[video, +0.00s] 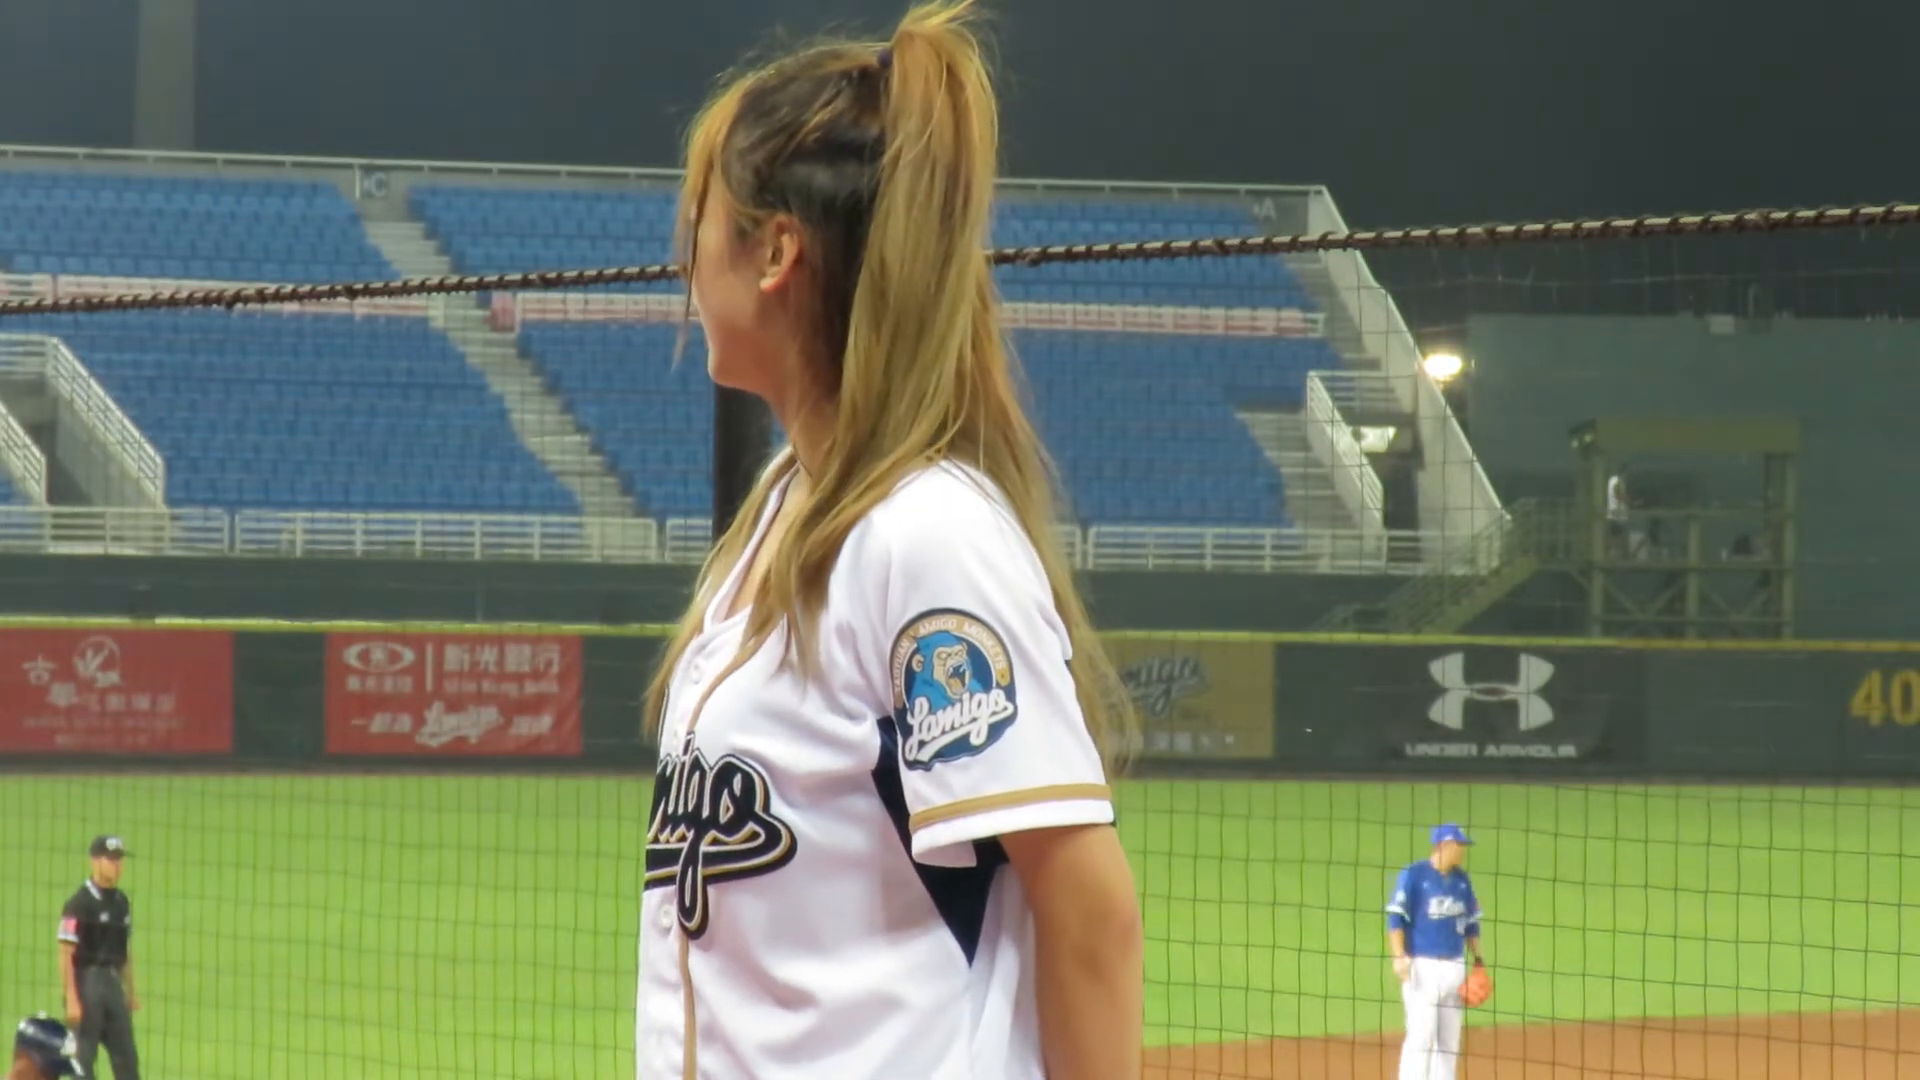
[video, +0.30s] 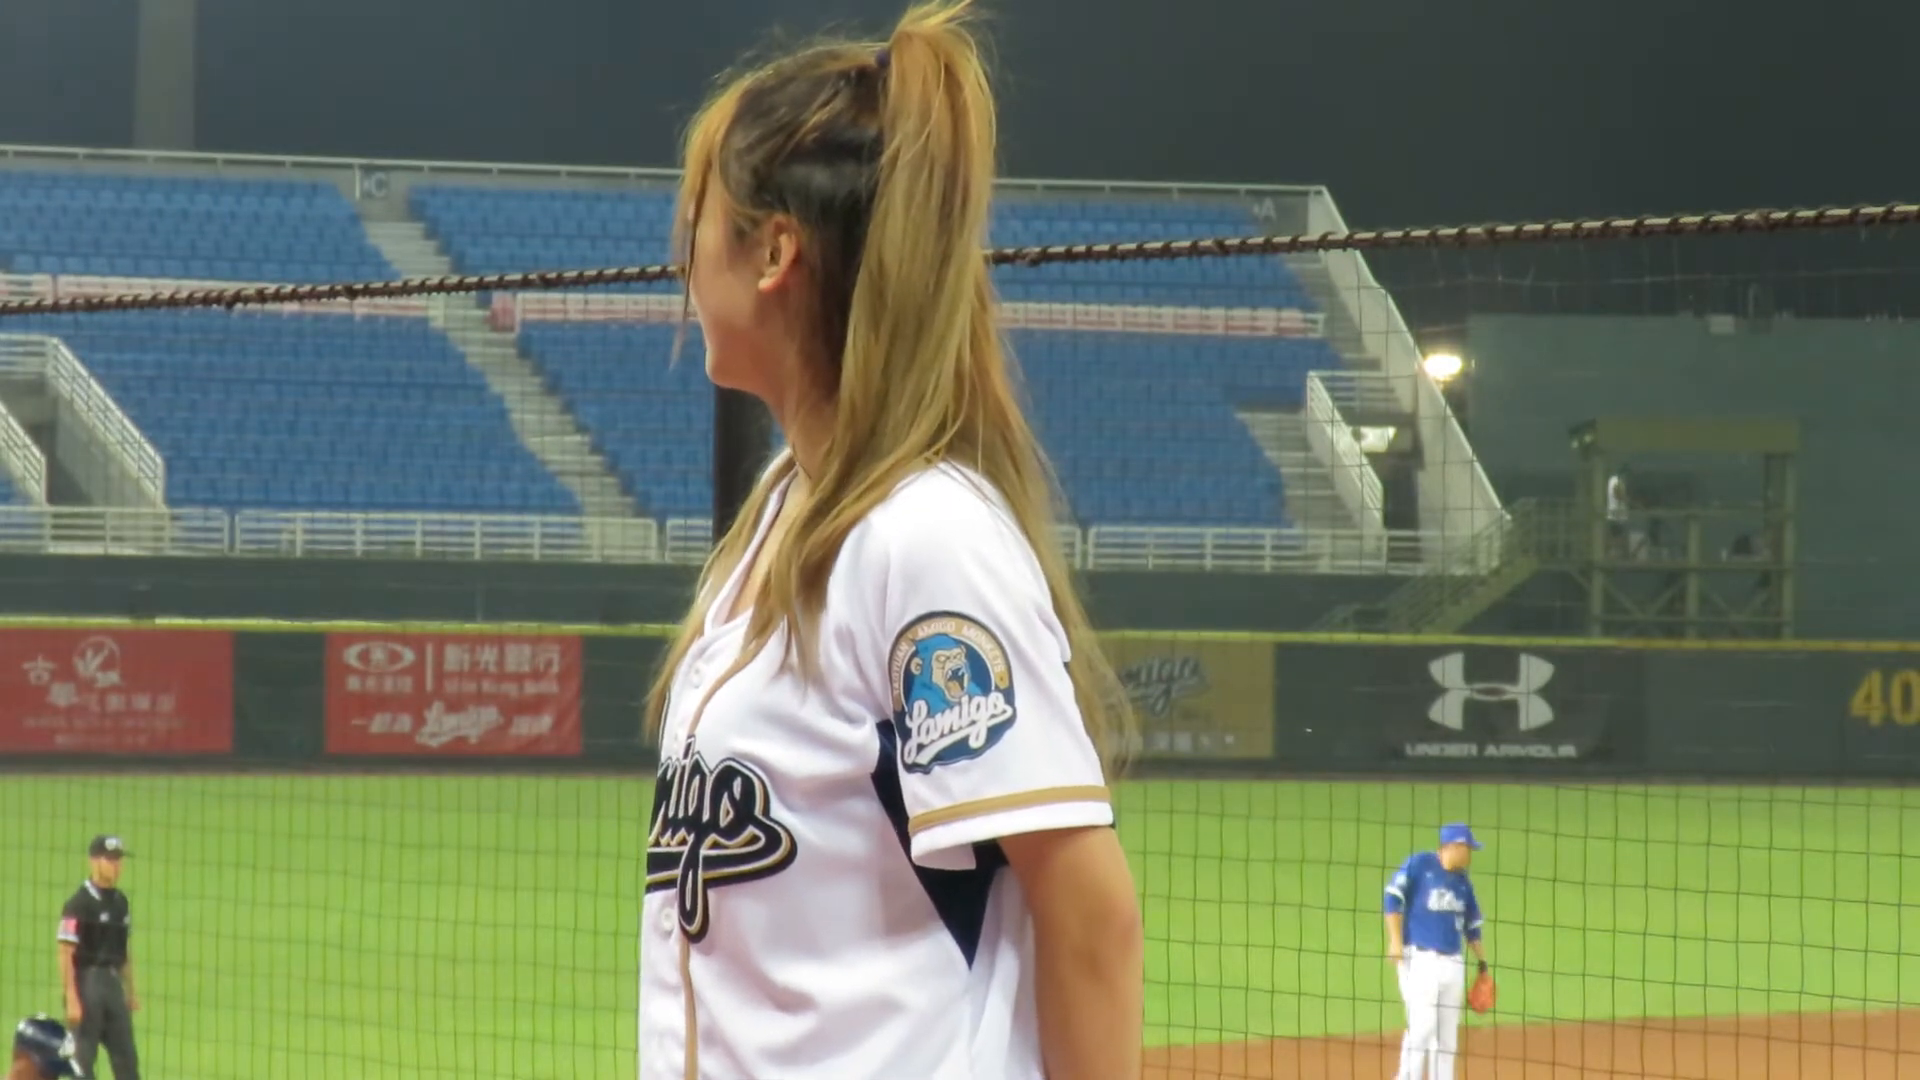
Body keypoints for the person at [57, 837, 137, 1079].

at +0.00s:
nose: (116, 865)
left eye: (119, 859)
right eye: (110, 859)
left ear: (122, 862)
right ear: (95, 860)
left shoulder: (121, 901)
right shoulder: (78, 903)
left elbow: (123, 952)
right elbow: (66, 954)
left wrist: (129, 990)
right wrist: (72, 1000)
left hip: (114, 973)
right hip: (87, 973)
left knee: (125, 1054)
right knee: (84, 1053)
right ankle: (81, 1074)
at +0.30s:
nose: (116, 866)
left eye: (118, 860)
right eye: (109, 860)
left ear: (121, 862)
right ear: (94, 861)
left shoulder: (120, 901)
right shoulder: (78, 903)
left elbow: (122, 952)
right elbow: (65, 954)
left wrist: (129, 990)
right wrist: (72, 999)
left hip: (113, 973)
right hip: (87, 973)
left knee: (125, 1054)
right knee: (83, 1053)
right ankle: (81, 1074)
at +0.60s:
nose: (116, 866)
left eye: (118, 860)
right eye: (109, 860)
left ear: (120, 862)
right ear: (94, 861)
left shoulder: (119, 901)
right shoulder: (78, 903)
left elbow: (122, 952)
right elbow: (65, 954)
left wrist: (129, 990)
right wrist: (71, 999)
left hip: (113, 973)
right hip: (87, 973)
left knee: (125, 1054)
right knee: (83, 1053)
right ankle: (81, 1074)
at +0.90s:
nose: (116, 865)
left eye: (118, 859)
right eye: (110, 859)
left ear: (119, 862)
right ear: (94, 861)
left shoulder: (119, 901)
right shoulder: (77, 904)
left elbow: (121, 952)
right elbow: (65, 954)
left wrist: (129, 992)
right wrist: (72, 1000)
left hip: (113, 973)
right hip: (86, 972)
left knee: (125, 1051)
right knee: (84, 1052)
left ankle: (127, 1076)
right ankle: (82, 1074)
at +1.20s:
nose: (116, 866)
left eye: (117, 860)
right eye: (110, 860)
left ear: (118, 862)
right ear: (94, 861)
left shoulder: (118, 901)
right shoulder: (77, 904)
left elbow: (121, 952)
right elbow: (65, 954)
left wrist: (128, 991)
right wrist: (72, 1000)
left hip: (113, 973)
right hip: (87, 972)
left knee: (125, 1051)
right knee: (84, 1052)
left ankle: (127, 1076)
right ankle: (82, 1074)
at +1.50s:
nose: (116, 866)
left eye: (117, 860)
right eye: (110, 860)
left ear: (118, 862)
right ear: (93, 861)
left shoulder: (118, 901)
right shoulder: (77, 904)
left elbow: (121, 951)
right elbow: (65, 954)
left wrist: (128, 991)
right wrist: (72, 1000)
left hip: (113, 973)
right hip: (87, 973)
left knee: (125, 1053)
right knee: (84, 1055)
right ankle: (82, 1074)